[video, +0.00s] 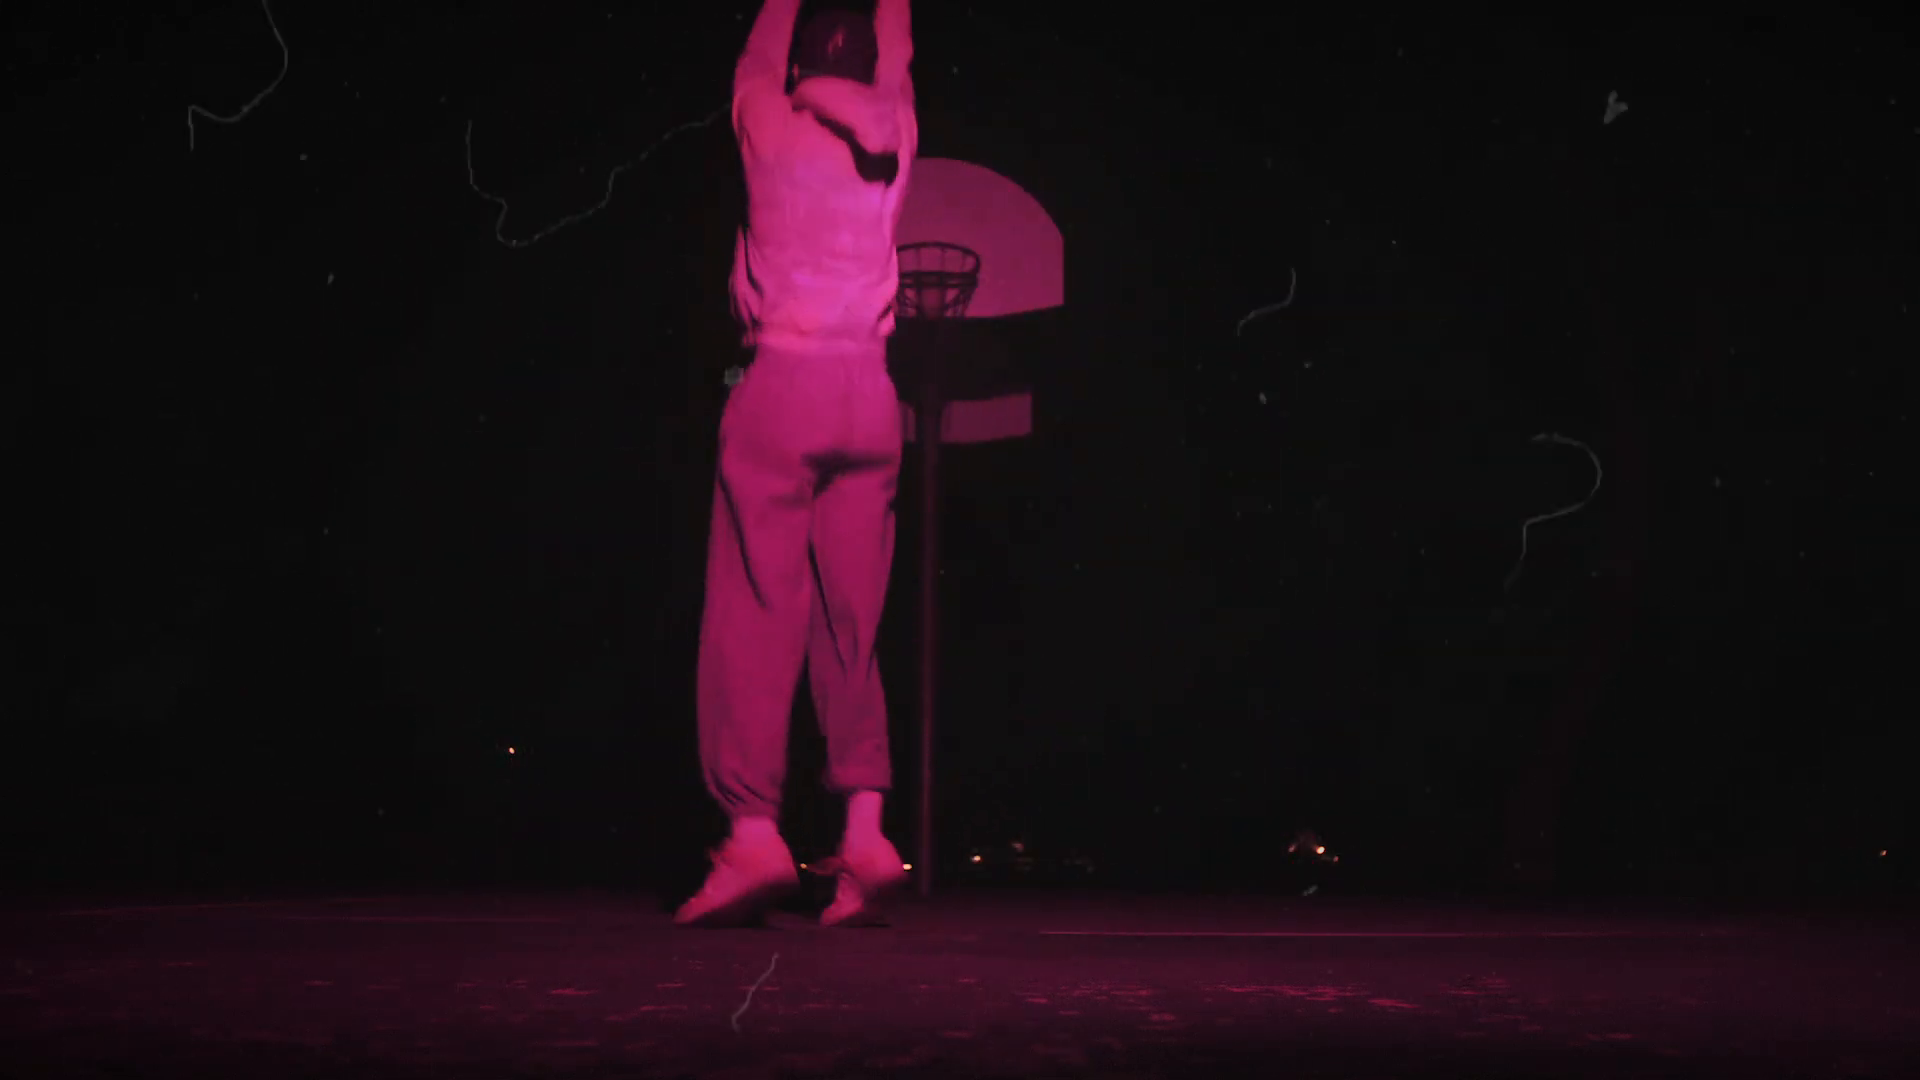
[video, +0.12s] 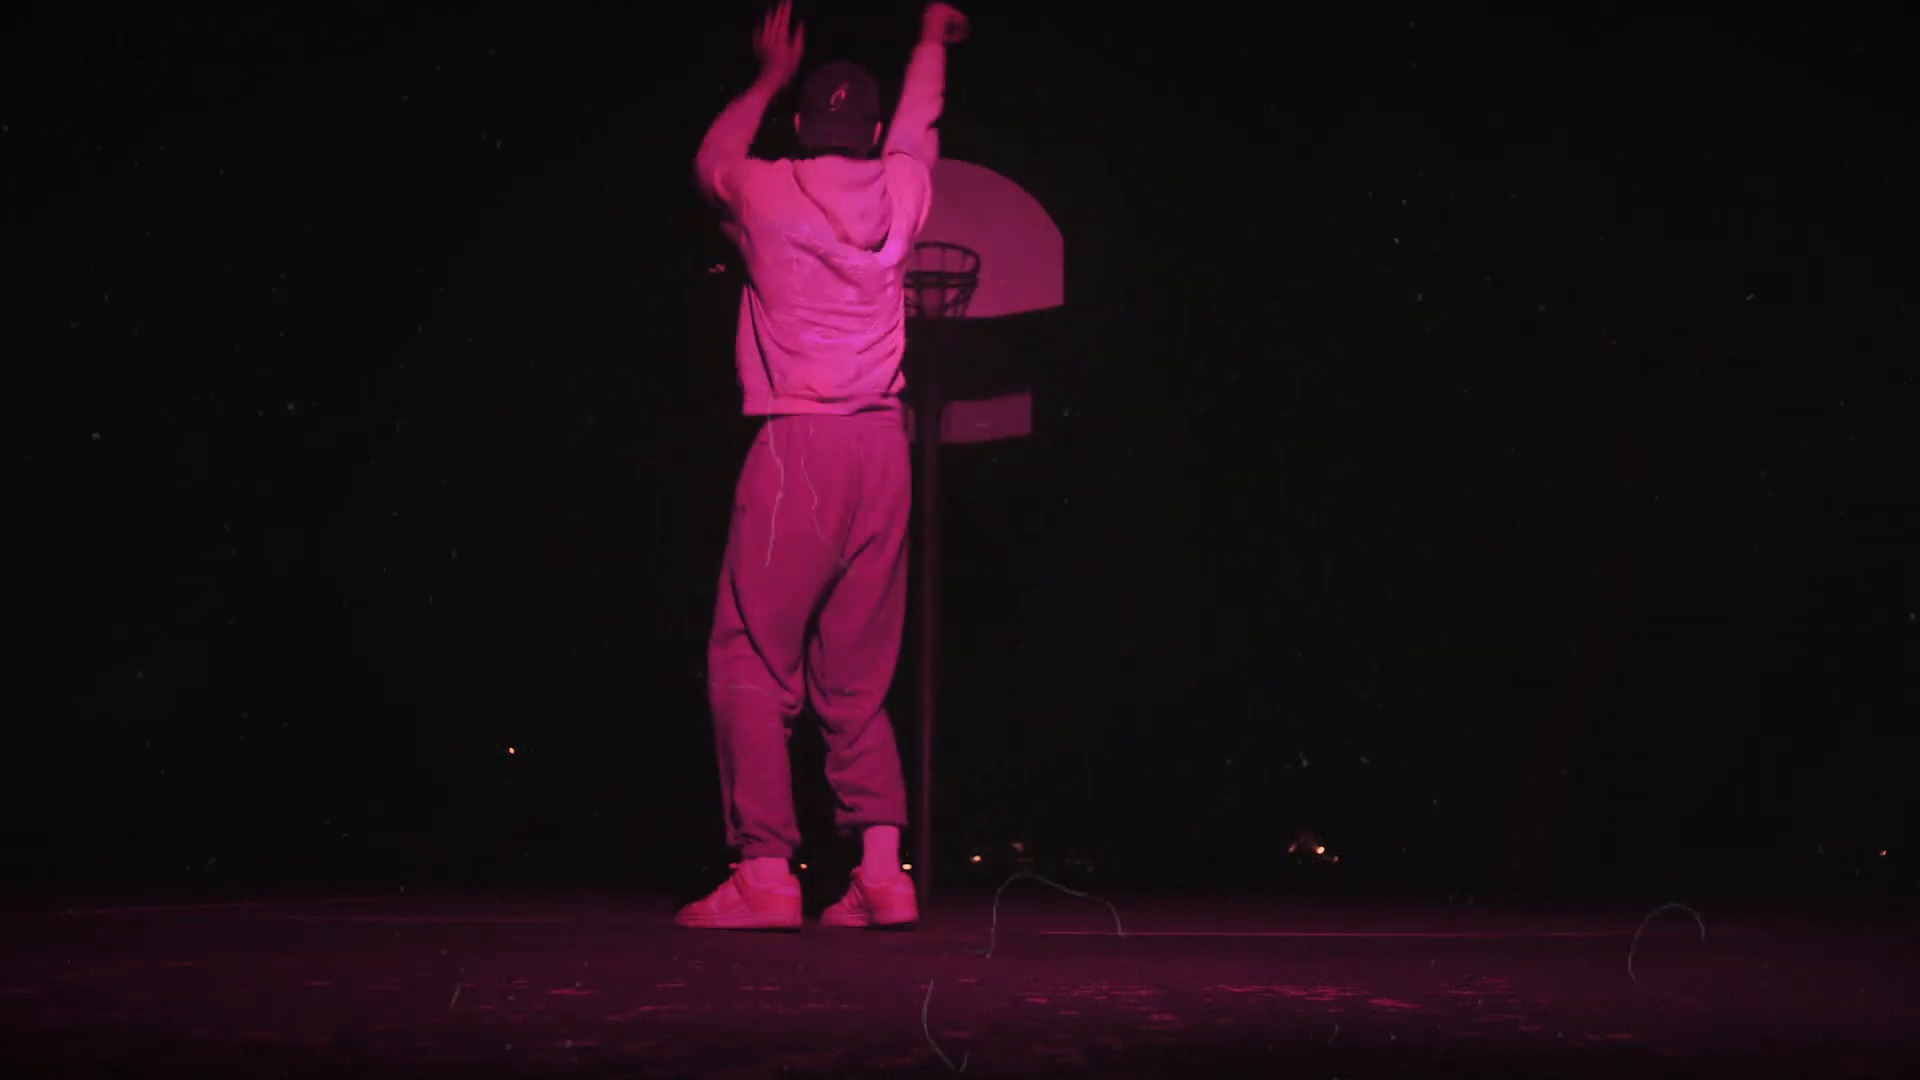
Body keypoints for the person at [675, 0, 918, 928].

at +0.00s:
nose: (789, 63)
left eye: (796, 51)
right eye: (838, 48)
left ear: (798, 64)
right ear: (869, 67)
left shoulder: (770, 125)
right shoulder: (893, 131)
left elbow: (767, 44)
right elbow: (894, 44)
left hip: (782, 384)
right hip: (870, 388)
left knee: (755, 612)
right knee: (852, 622)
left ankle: (752, 834)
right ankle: (867, 832)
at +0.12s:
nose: (804, 112)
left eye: (807, 104)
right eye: (827, 106)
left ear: (800, 124)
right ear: (876, 129)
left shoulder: (768, 191)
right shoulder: (901, 189)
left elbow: (715, 156)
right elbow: (920, 114)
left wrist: (769, 77)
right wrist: (933, 39)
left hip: (800, 447)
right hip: (883, 447)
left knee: (748, 654)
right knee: (855, 666)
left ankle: (764, 875)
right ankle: (883, 872)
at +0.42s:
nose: (891, 151)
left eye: (871, 129)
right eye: (905, 141)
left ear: (841, 130)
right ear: (915, 144)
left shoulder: (784, 212)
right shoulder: (939, 199)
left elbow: (750, 339)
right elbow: (1015, 145)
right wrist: (1079, 79)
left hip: (815, 435)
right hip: (913, 436)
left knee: (798, 638)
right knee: (923, 647)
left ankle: (766, 859)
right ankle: (949, 864)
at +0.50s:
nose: (945, 174)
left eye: (933, 159)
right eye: (942, 162)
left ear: (862, 156)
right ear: (935, 164)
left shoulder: (799, 246)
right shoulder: (951, 221)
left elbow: (782, 373)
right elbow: (1043, 168)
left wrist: (769, 471)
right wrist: (1122, 100)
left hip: (825, 464)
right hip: (923, 462)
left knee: (809, 658)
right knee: (950, 663)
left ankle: (764, 859)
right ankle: (966, 878)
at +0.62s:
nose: (985, 194)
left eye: (970, 182)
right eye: (986, 186)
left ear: (910, 186)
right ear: (982, 191)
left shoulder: (856, 263)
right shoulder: (1001, 241)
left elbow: (844, 370)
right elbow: (1100, 184)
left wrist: (845, 445)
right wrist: (1184, 110)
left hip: (893, 476)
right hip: (987, 471)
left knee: (858, 658)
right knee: (998, 666)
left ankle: (778, 827)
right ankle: (975, 872)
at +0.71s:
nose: (1013, 204)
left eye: (1004, 193)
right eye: (1010, 195)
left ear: (929, 195)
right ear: (998, 198)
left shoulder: (873, 273)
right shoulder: (1015, 250)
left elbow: (859, 385)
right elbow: (1114, 193)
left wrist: (865, 457)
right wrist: (1202, 113)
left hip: (914, 482)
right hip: (1004, 475)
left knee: (875, 662)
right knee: (1010, 670)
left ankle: (798, 820)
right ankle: (976, 877)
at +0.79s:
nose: (1045, 207)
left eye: (1039, 196)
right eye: (1042, 197)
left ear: (968, 200)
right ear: (1031, 203)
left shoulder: (907, 277)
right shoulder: (1045, 254)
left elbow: (891, 385)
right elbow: (1154, 207)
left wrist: (886, 474)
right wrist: (1237, 126)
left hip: (943, 483)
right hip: (1031, 478)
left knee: (917, 671)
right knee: (1016, 674)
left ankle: (855, 819)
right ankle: (977, 879)